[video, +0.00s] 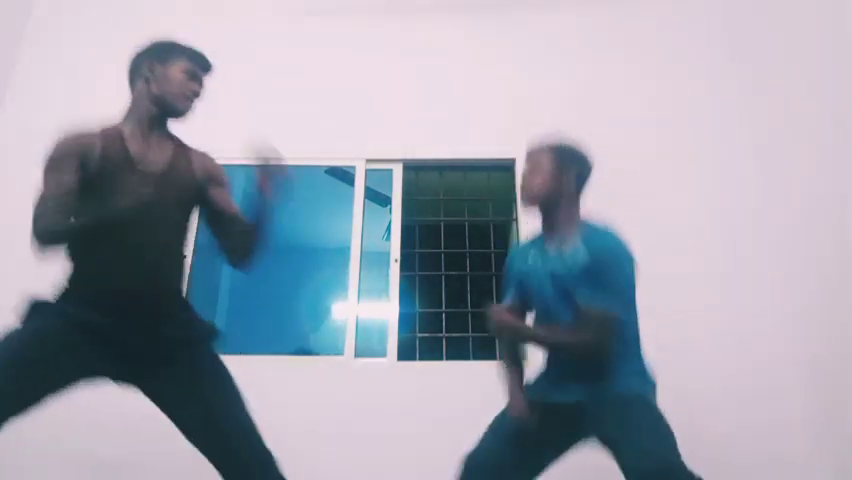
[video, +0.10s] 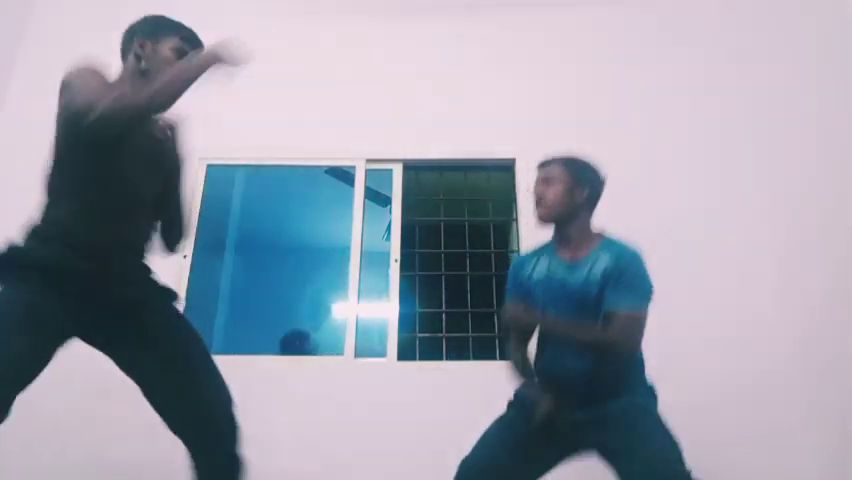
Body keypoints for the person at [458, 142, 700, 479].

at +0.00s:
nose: (524, 177)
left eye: (535, 169)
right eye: (526, 169)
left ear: (567, 180)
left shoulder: (606, 249)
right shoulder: (524, 257)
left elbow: (595, 339)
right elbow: (508, 328)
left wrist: (517, 329)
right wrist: (516, 395)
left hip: (619, 395)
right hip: (558, 394)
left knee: (660, 471)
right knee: (482, 469)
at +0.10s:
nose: (537, 191)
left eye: (548, 183)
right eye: (537, 184)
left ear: (582, 193)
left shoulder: (623, 263)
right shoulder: (526, 267)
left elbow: (623, 341)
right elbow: (515, 346)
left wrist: (537, 320)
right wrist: (537, 392)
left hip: (617, 410)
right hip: (545, 408)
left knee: (667, 474)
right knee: (474, 474)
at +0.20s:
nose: (543, 153)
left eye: (554, 144)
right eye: (545, 145)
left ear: (585, 154)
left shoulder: (626, 221)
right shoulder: (537, 235)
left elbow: (632, 287)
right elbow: (536, 312)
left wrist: (545, 269)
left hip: (626, 371)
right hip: (558, 370)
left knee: (674, 470)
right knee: (497, 470)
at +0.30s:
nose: (546, 105)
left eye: (555, 95)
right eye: (546, 97)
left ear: (588, 101)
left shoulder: (627, 151)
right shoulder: (552, 178)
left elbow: (640, 219)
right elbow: (555, 249)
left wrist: (559, 224)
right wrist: (558, 279)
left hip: (632, 309)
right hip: (573, 316)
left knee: (676, 421)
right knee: (553, 422)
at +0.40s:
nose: (552, 94)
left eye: (561, 84)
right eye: (551, 87)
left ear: (594, 88)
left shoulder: (630, 133)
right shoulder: (566, 166)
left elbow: (646, 202)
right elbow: (575, 240)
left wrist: (571, 211)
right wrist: (563, 262)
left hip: (638, 288)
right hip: (586, 299)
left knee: (669, 405)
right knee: (587, 413)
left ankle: (706, 476)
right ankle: (630, 474)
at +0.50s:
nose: (563, 111)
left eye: (572, 101)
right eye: (563, 104)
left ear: (604, 105)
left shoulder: (634, 146)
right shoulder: (592, 178)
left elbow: (659, 208)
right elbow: (621, 256)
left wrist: (584, 230)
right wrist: (577, 273)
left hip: (645, 310)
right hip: (612, 319)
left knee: (670, 429)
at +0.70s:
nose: (562, 138)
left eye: (570, 128)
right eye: (563, 131)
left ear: (601, 130)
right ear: (599, 134)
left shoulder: (620, 166)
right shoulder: (619, 179)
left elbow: (646, 218)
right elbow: (642, 279)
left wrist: (580, 233)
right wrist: (588, 277)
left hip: (648, 318)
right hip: (679, 324)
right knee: (688, 453)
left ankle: (654, 473)